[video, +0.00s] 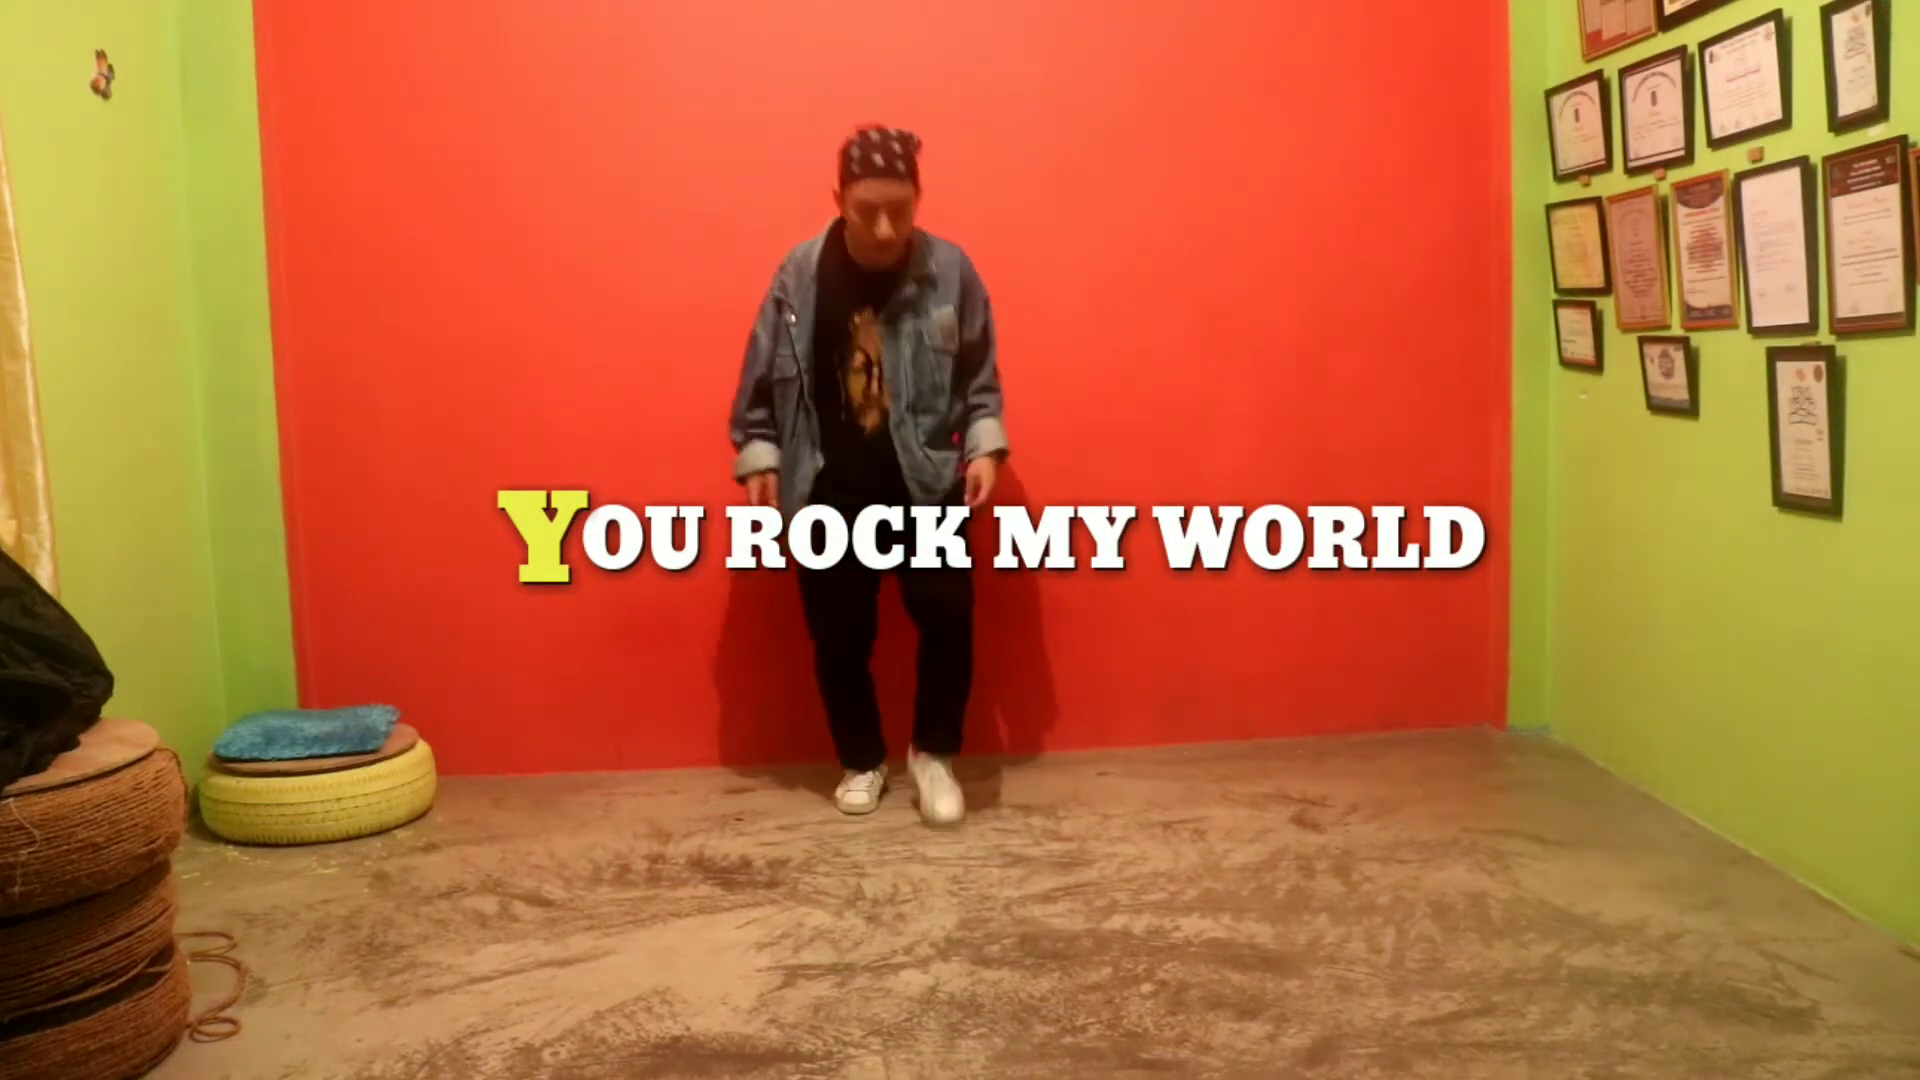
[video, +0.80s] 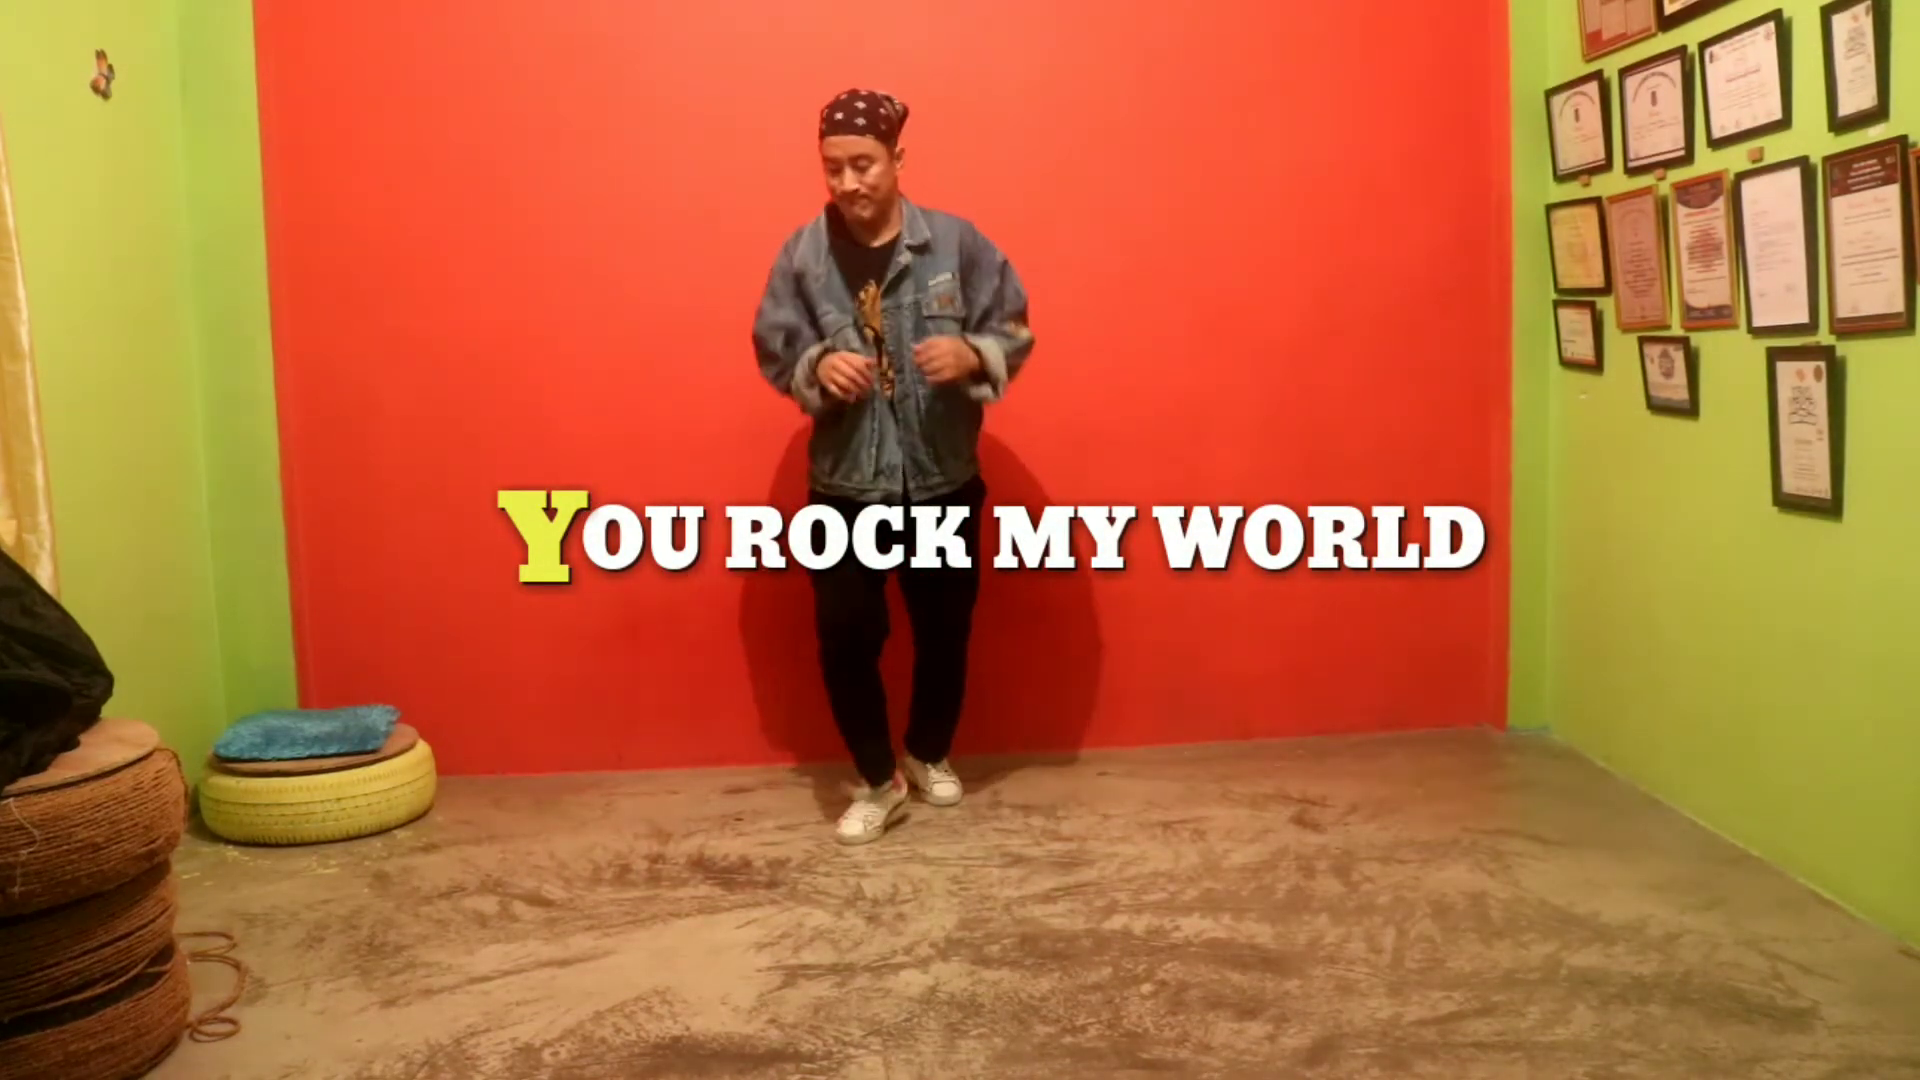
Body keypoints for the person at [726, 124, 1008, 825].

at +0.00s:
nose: (885, 228)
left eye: (898, 210)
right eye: (869, 211)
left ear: (918, 202)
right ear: (842, 202)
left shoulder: (952, 273)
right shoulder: (800, 272)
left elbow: (979, 376)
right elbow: (761, 382)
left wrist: (986, 449)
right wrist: (759, 461)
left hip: (923, 481)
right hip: (826, 484)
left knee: (948, 618)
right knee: (839, 633)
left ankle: (934, 757)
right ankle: (861, 763)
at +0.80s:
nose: (849, 182)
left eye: (864, 164)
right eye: (835, 167)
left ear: (897, 161)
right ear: (822, 169)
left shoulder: (957, 243)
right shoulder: (802, 256)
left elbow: (1012, 336)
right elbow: (778, 348)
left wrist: (972, 355)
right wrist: (818, 364)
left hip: (944, 484)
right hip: (846, 488)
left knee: (945, 632)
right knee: (846, 641)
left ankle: (929, 755)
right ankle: (878, 782)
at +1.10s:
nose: (851, 143)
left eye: (866, 125)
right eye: (838, 128)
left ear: (901, 123)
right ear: (825, 132)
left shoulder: (957, 197)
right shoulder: (806, 217)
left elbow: (988, 306)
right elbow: (803, 329)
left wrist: (968, 385)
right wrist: (833, 399)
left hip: (941, 440)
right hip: (851, 448)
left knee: (940, 598)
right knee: (855, 604)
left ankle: (932, 746)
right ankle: (867, 760)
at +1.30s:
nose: (851, 161)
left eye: (867, 144)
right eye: (840, 145)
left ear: (905, 142)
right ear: (830, 148)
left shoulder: (962, 224)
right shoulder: (807, 249)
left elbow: (990, 331)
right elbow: (792, 363)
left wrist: (991, 424)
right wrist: (804, 461)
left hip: (943, 462)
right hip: (850, 469)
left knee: (964, 608)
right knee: (851, 622)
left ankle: (938, 734)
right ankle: (870, 764)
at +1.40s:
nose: (879, 157)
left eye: (896, 142)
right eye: (869, 140)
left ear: (933, 142)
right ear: (857, 140)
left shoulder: (977, 230)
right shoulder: (827, 209)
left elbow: (1002, 344)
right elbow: (795, 321)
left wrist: (1002, 444)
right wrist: (801, 426)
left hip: (947, 459)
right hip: (849, 462)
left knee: (971, 614)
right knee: (851, 620)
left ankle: (964, 775)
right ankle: (869, 768)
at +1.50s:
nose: (894, 161)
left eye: (913, 147)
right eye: (887, 144)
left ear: (953, 152)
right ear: (877, 141)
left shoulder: (987, 249)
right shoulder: (844, 197)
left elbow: (1007, 363)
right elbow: (801, 298)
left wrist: (1001, 463)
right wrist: (804, 411)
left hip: (944, 457)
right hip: (849, 450)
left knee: (968, 616)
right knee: (850, 617)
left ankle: (965, 781)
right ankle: (868, 765)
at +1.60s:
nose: (914, 163)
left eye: (934, 150)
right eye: (907, 144)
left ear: (968, 158)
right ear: (894, 137)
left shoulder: (984, 260)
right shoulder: (853, 189)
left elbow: (1003, 375)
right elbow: (800, 284)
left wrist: (992, 479)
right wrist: (800, 401)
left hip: (938, 458)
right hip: (844, 451)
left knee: (957, 617)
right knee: (844, 616)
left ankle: (963, 782)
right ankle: (865, 766)